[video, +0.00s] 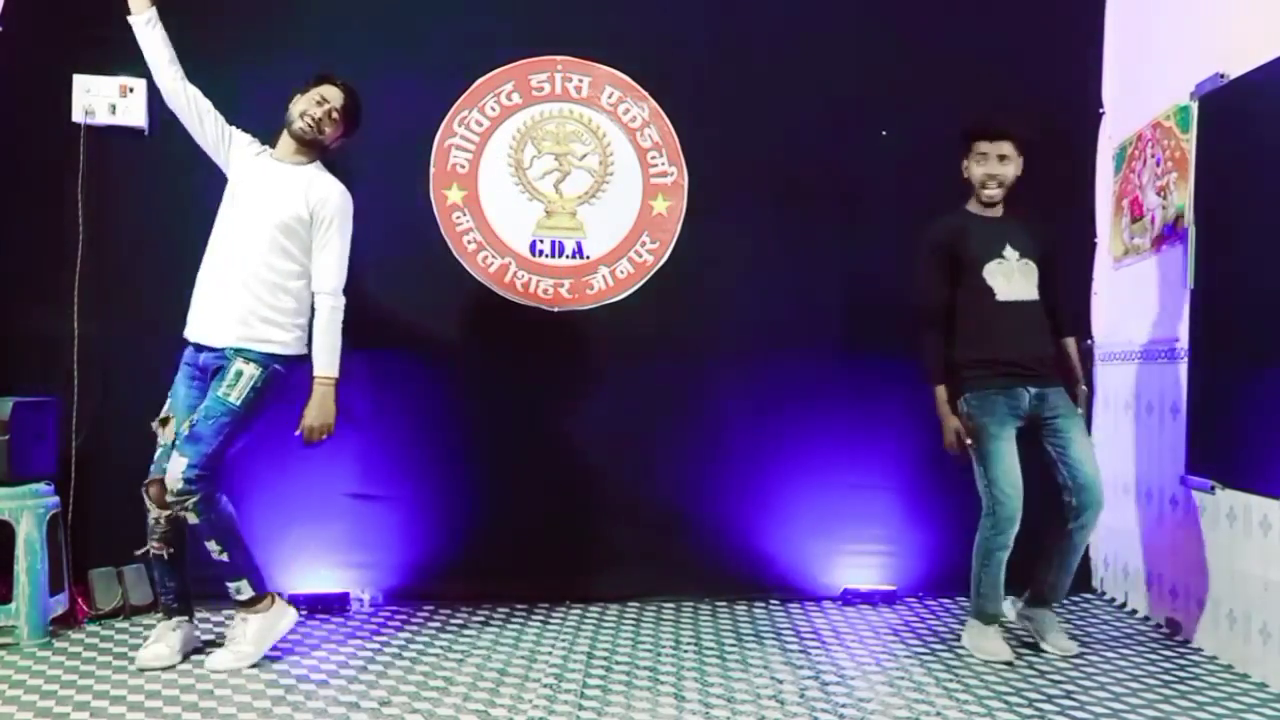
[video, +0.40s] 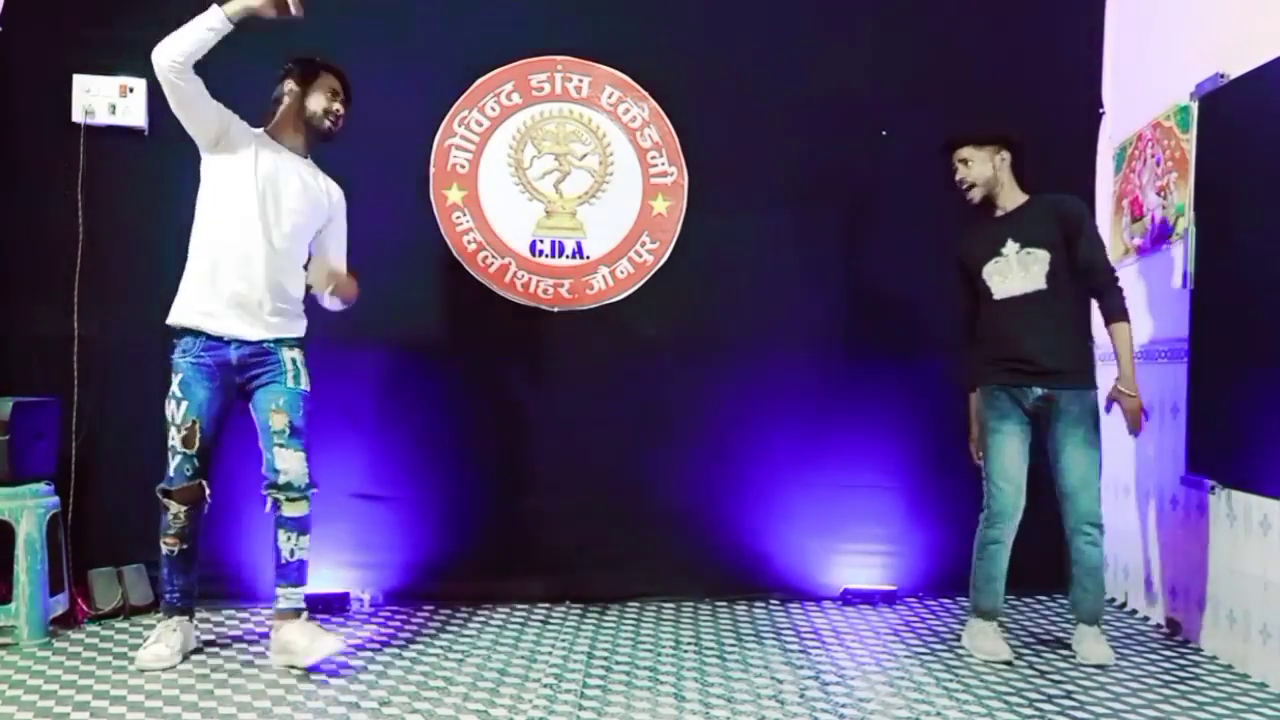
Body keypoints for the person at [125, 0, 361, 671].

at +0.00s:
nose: (323, 112)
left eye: (335, 115)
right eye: (319, 100)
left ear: (337, 137)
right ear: (293, 102)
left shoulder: (329, 195)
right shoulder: (242, 153)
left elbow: (331, 296)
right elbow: (180, 91)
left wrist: (324, 390)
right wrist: (143, 12)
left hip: (259, 351)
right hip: (203, 340)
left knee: (185, 479)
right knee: (160, 481)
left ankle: (261, 606)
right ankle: (175, 619)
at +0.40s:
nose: (337, 108)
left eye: (342, 103)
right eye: (328, 95)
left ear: (336, 116)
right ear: (288, 90)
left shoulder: (327, 192)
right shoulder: (227, 137)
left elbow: (326, 280)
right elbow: (169, 60)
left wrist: (338, 287)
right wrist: (236, 10)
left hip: (278, 347)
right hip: (201, 337)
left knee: (293, 477)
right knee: (182, 482)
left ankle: (289, 623)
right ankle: (174, 618)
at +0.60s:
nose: (371, 108)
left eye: (373, 102)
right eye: (361, 96)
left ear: (357, 115)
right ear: (320, 97)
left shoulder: (354, 202)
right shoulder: (269, 142)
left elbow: (386, 288)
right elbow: (198, 90)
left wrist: (403, 222)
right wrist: (274, 70)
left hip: (325, 353)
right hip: (251, 345)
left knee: (337, 482)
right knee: (219, 483)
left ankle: (302, 626)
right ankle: (168, 610)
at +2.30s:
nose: (647, 126)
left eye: (648, 117)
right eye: (642, 115)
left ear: (618, 114)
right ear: (612, 111)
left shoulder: (624, 180)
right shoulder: (573, 173)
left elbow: (624, 264)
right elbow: (542, 252)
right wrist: (615, 285)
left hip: (630, 356)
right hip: (600, 357)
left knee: (610, 484)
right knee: (600, 485)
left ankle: (601, 608)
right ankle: (587, 617)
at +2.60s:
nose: (665, 133)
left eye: (666, 123)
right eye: (657, 122)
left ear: (632, 121)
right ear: (623, 119)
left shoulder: (642, 188)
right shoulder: (576, 172)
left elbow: (651, 260)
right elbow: (517, 239)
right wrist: (565, 297)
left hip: (636, 349)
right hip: (595, 348)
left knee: (615, 477)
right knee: (617, 475)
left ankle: (599, 608)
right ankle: (594, 612)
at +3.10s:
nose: (578, 112)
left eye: (586, 102)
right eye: (566, 104)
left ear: (599, 111)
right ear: (546, 116)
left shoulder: (623, 182)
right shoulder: (517, 177)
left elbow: (628, 247)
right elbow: (470, 237)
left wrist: (621, 296)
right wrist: (484, 296)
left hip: (592, 355)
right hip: (525, 348)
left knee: (615, 474)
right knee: (460, 463)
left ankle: (598, 607)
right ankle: (411, 585)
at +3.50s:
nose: (485, 248)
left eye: (493, 236)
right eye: (475, 238)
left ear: (507, 227)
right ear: (451, 229)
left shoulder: (534, 267)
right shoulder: (426, 272)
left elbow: (553, 358)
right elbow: (392, 357)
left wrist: (550, 444)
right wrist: (365, 438)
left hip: (525, 400)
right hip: (453, 400)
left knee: (589, 489)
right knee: (387, 489)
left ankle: (614, 609)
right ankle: (374, 612)